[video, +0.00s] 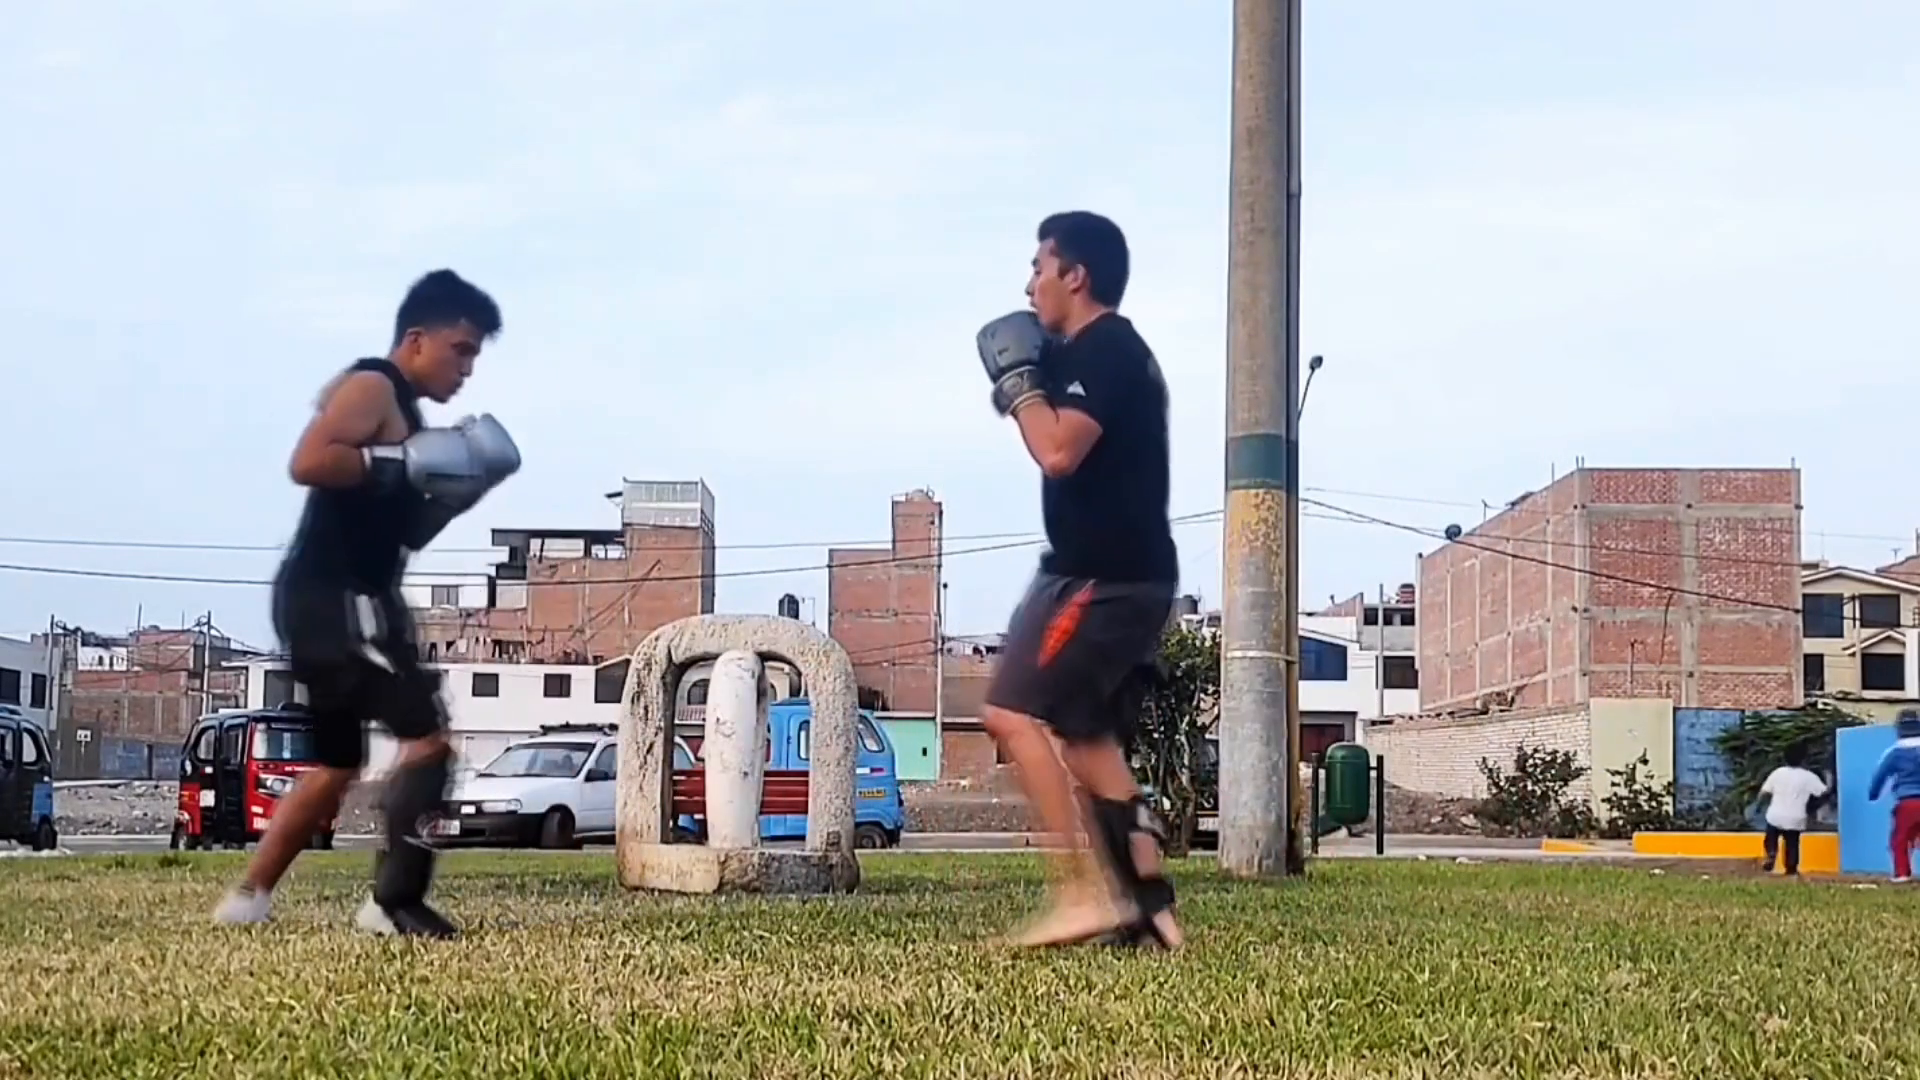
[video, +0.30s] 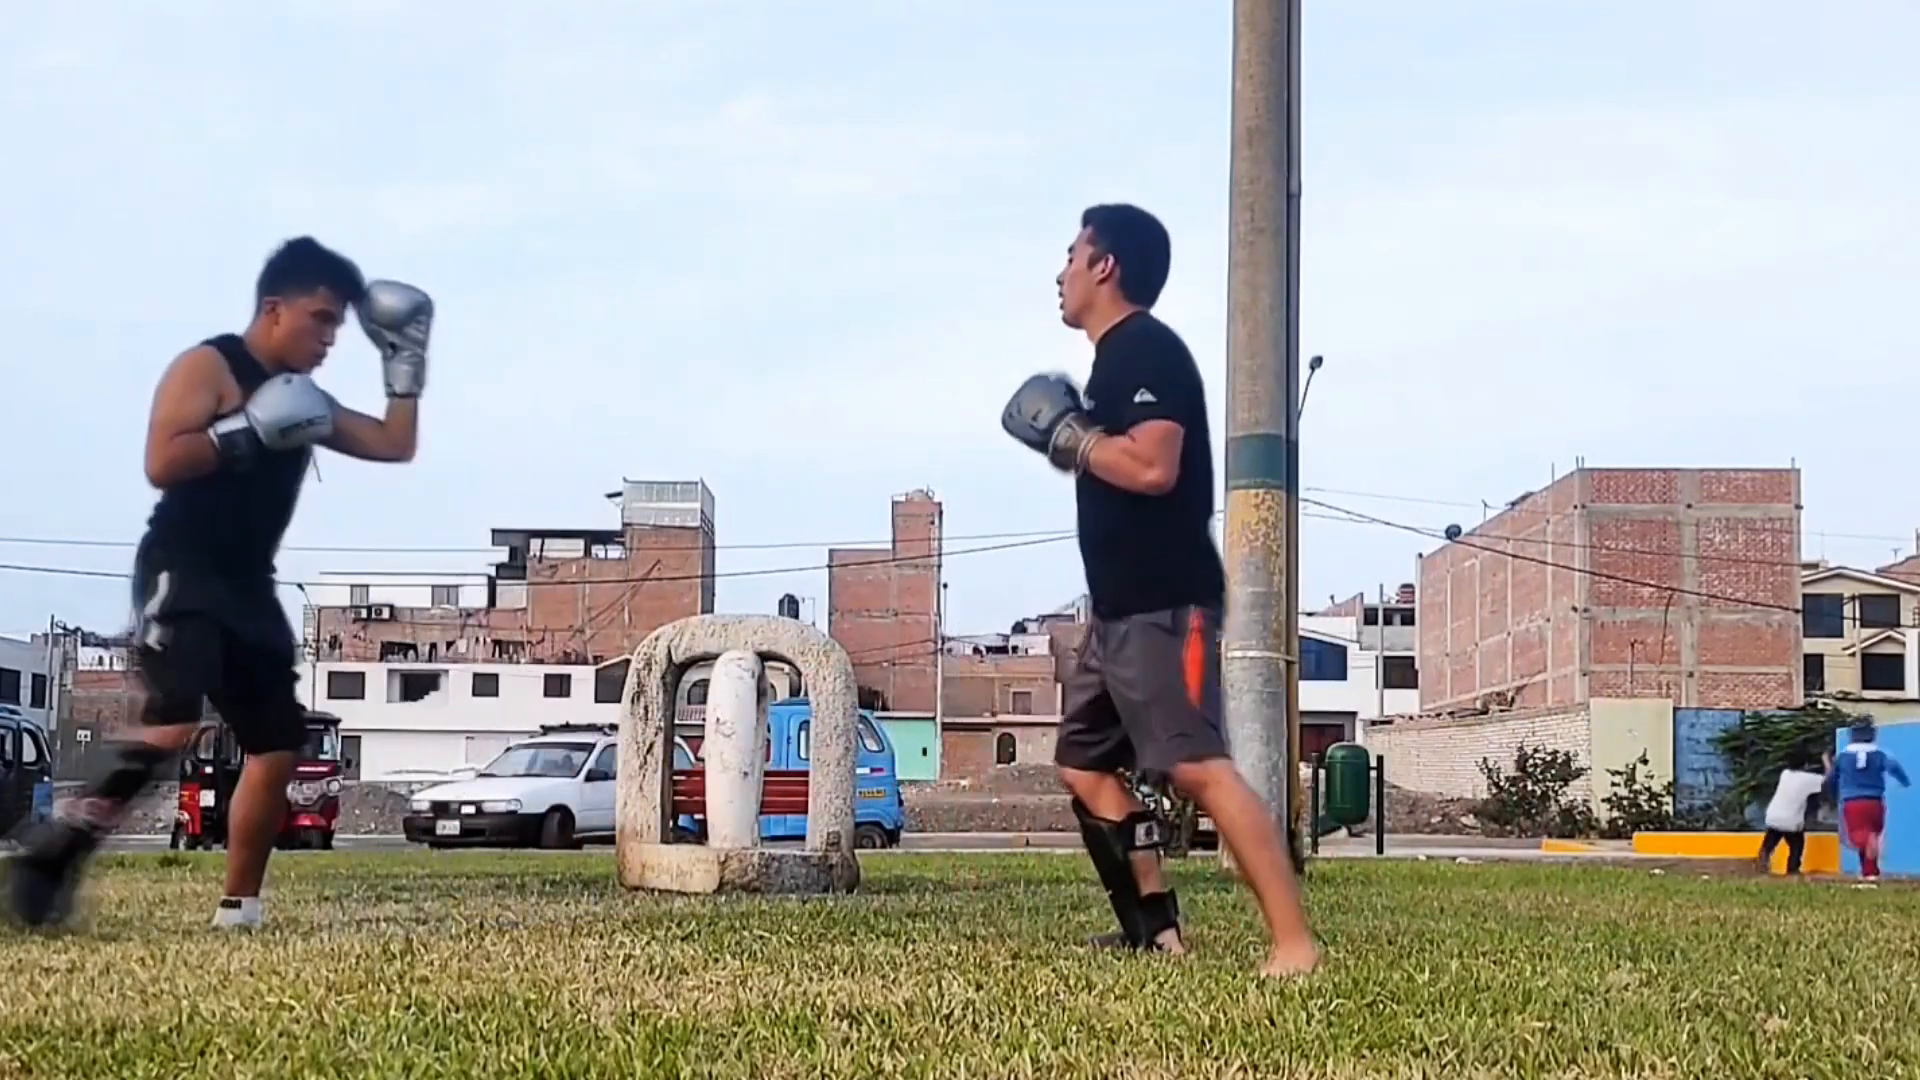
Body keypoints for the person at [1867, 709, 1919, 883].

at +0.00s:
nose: (1900, 731)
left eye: (1900, 727)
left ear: (1900, 728)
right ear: (1917, 727)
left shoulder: (1898, 750)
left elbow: (1881, 773)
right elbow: (1882, 773)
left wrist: (1873, 793)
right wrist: (1874, 791)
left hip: (1909, 800)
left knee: (1900, 840)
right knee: (1905, 839)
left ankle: (1902, 873)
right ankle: (1903, 872)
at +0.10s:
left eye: (1881, 726)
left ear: (1880, 728)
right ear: (1901, 727)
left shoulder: (1877, 750)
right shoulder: (1913, 747)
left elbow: (1864, 772)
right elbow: (1916, 767)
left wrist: (1874, 776)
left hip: (1891, 796)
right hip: (1913, 795)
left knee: (1888, 836)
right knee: (1903, 829)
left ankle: (1898, 865)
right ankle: (1903, 862)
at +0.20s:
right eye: (1885, 724)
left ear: (1866, 727)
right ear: (1886, 726)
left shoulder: (1859, 747)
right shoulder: (1893, 744)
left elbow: (1847, 767)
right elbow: (1911, 753)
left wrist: (1862, 773)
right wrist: (1917, 765)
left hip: (1869, 791)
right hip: (1892, 791)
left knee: (1878, 825)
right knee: (1882, 829)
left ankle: (1892, 847)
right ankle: (1876, 866)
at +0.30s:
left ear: (1853, 736)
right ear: (1872, 736)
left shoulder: (1843, 756)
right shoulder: (1878, 753)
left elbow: (1833, 777)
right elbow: (1893, 766)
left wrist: (1834, 794)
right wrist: (1904, 780)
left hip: (1852, 800)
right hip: (1874, 799)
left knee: (1854, 833)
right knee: (1872, 835)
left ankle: (1868, 839)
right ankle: (1869, 873)